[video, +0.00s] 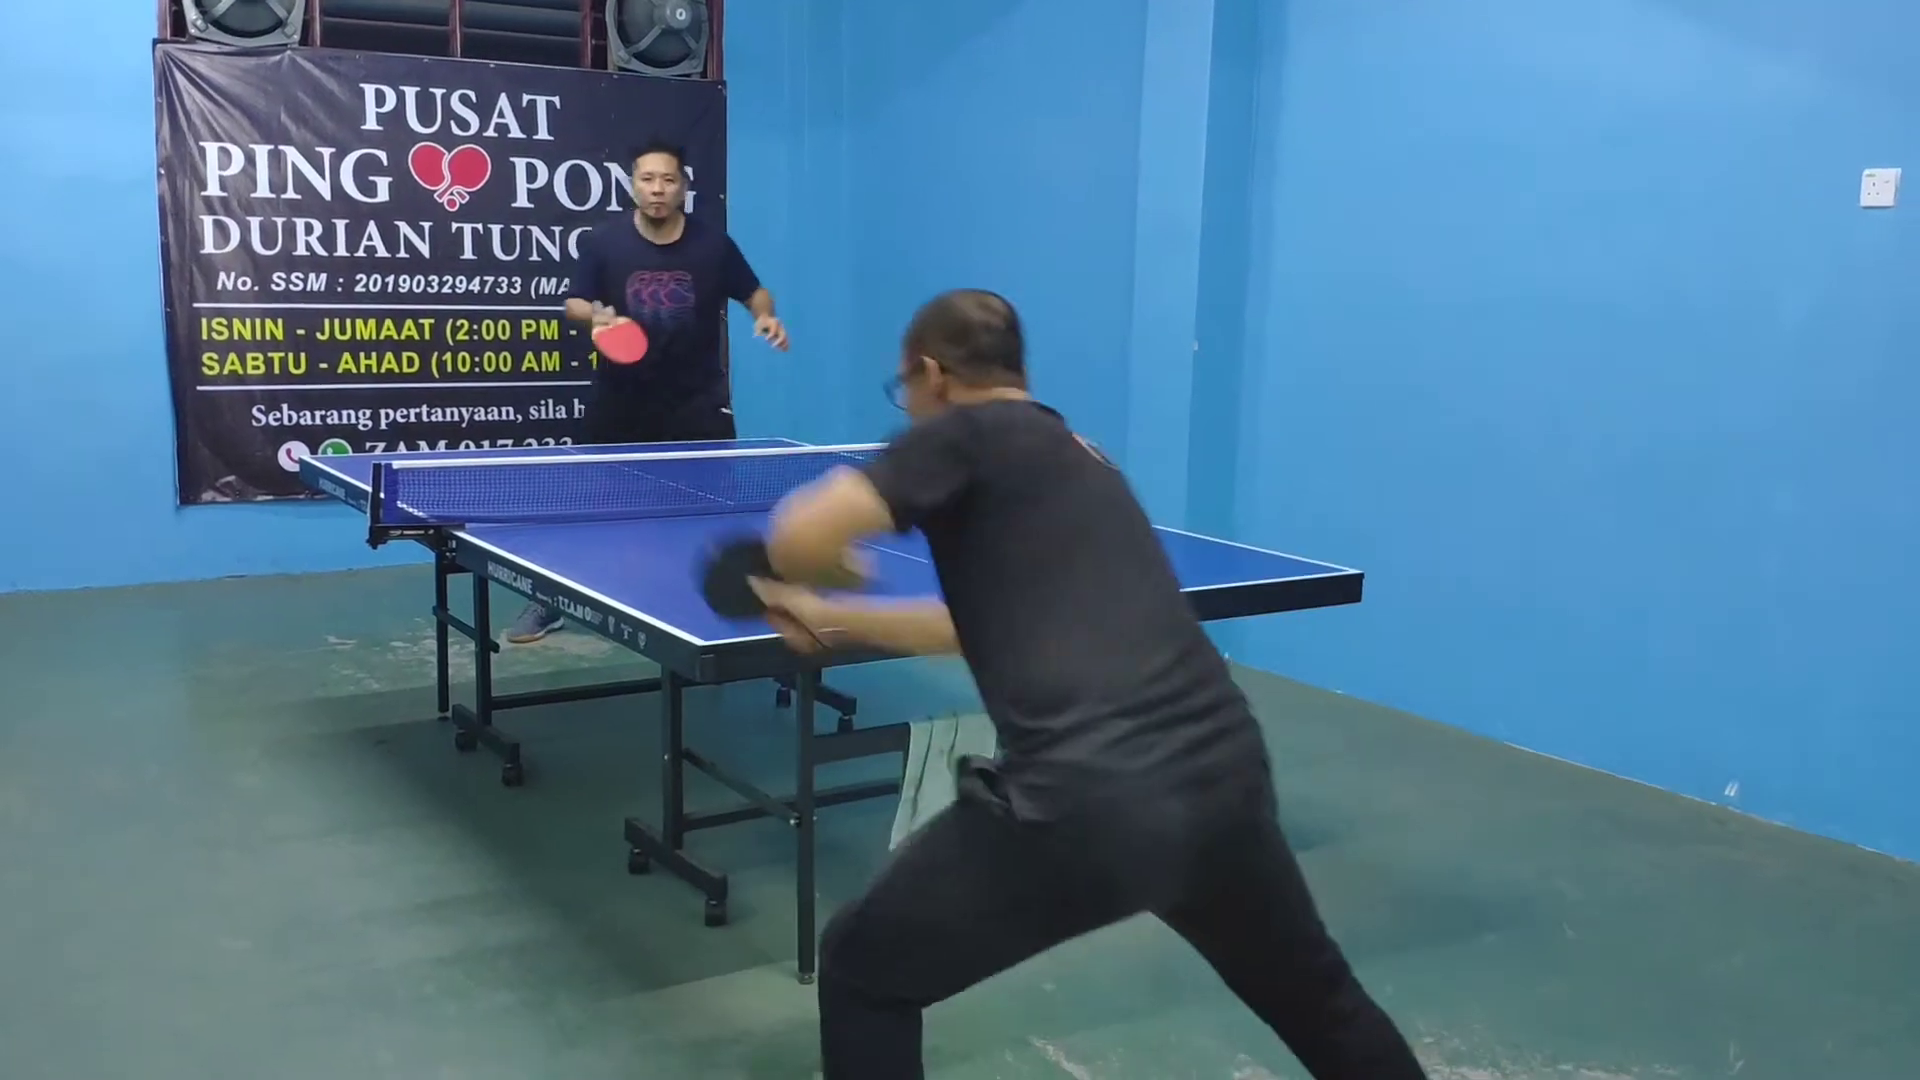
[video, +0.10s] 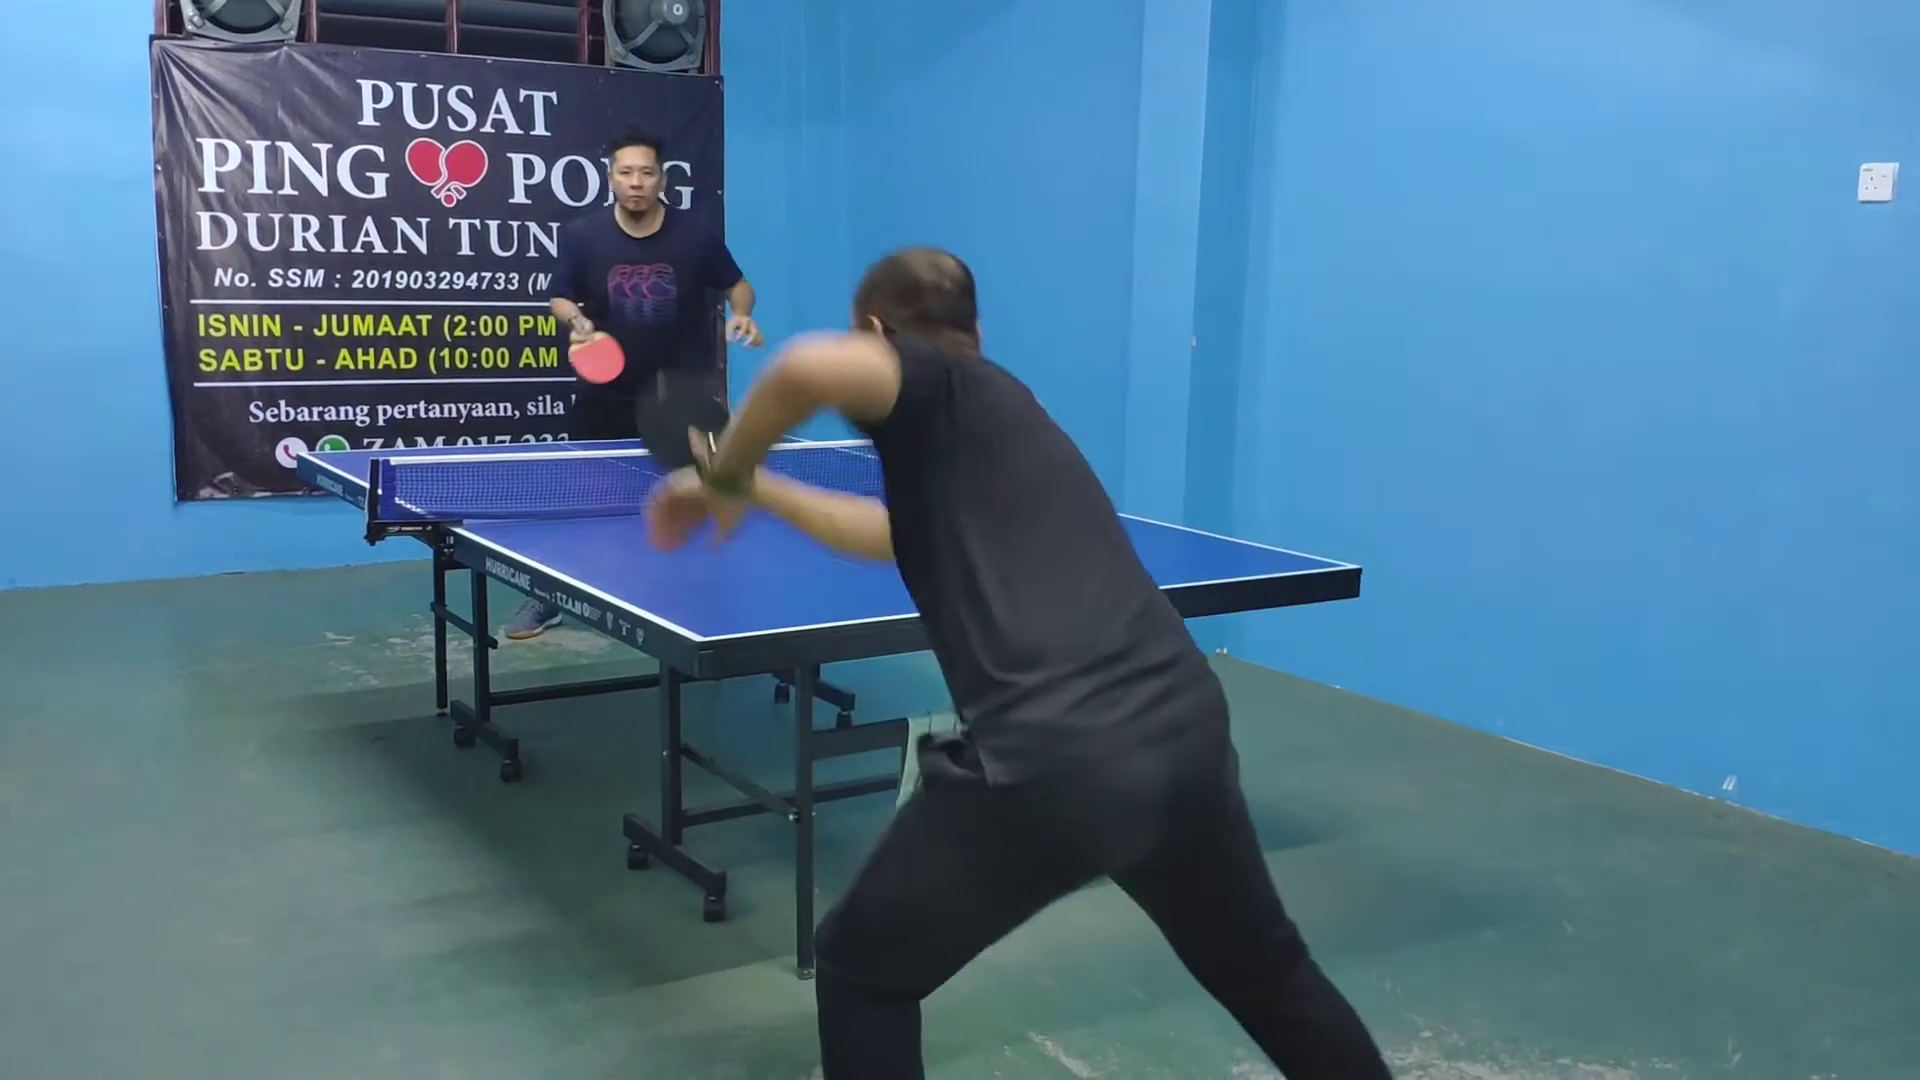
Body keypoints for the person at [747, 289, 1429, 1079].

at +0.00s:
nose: (907, 405)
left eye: (907, 386)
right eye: (906, 387)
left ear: (932, 375)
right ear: (1015, 373)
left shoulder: (960, 439)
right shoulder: (1084, 460)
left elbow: (799, 532)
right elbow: (1010, 622)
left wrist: (831, 576)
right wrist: (846, 628)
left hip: (1084, 808)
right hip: (1218, 789)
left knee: (864, 970)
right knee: (1326, 1005)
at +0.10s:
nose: (855, 348)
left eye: (857, 332)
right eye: (856, 334)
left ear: (876, 331)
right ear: (973, 333)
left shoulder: (924, 380)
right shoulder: (1016, 429)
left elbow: (801, 365)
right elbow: (878, 533)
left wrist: (723, 472)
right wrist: (752, 484)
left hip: (1047, 769)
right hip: (1182, 744)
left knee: (862, 973)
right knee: (1279, 986)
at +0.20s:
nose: (835, 264)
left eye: (843, 250)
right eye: (835, 255)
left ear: (875, 260)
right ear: (951, 265)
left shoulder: (914, 337)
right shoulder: (980, 371)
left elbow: (868, 258)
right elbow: (866, 457)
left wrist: (730, 411)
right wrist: (740, 406)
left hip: (1029, 715)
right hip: (1163, 685)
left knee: (875, 962)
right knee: (1243, 952)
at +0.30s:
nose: (830, 254)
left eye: (831, 237)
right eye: (835, 238)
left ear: (851, 241)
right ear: (957, 237)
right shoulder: (989, 343)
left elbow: (917, 268)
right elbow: (857, 442)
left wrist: (768, 441)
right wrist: (734, 397)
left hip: (1020, 702)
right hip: (1161, 672)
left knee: (853, 937)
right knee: (1241, 941)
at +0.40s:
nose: (843, 284)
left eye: (844, 266)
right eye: (849, 264)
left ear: (857, 276)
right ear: (972, 267)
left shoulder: (914, 343)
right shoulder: (1019, 367)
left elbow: (930, 401)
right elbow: (896, 512)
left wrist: (811, 596)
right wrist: (742, 463)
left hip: (1004, 742)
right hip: (1140, 720)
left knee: (829, 982)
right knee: (1251, 965)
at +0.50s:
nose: (882, 318)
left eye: (882, 304)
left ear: (894, 312)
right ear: (1010, 304)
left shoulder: (930, 398)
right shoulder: (1071, 408)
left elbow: (925, 524)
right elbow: (984, 584)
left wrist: (860, 731)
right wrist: (816, 570)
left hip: (1014, 795)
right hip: (1177, 779)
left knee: (838, 975)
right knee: (1307, 958)